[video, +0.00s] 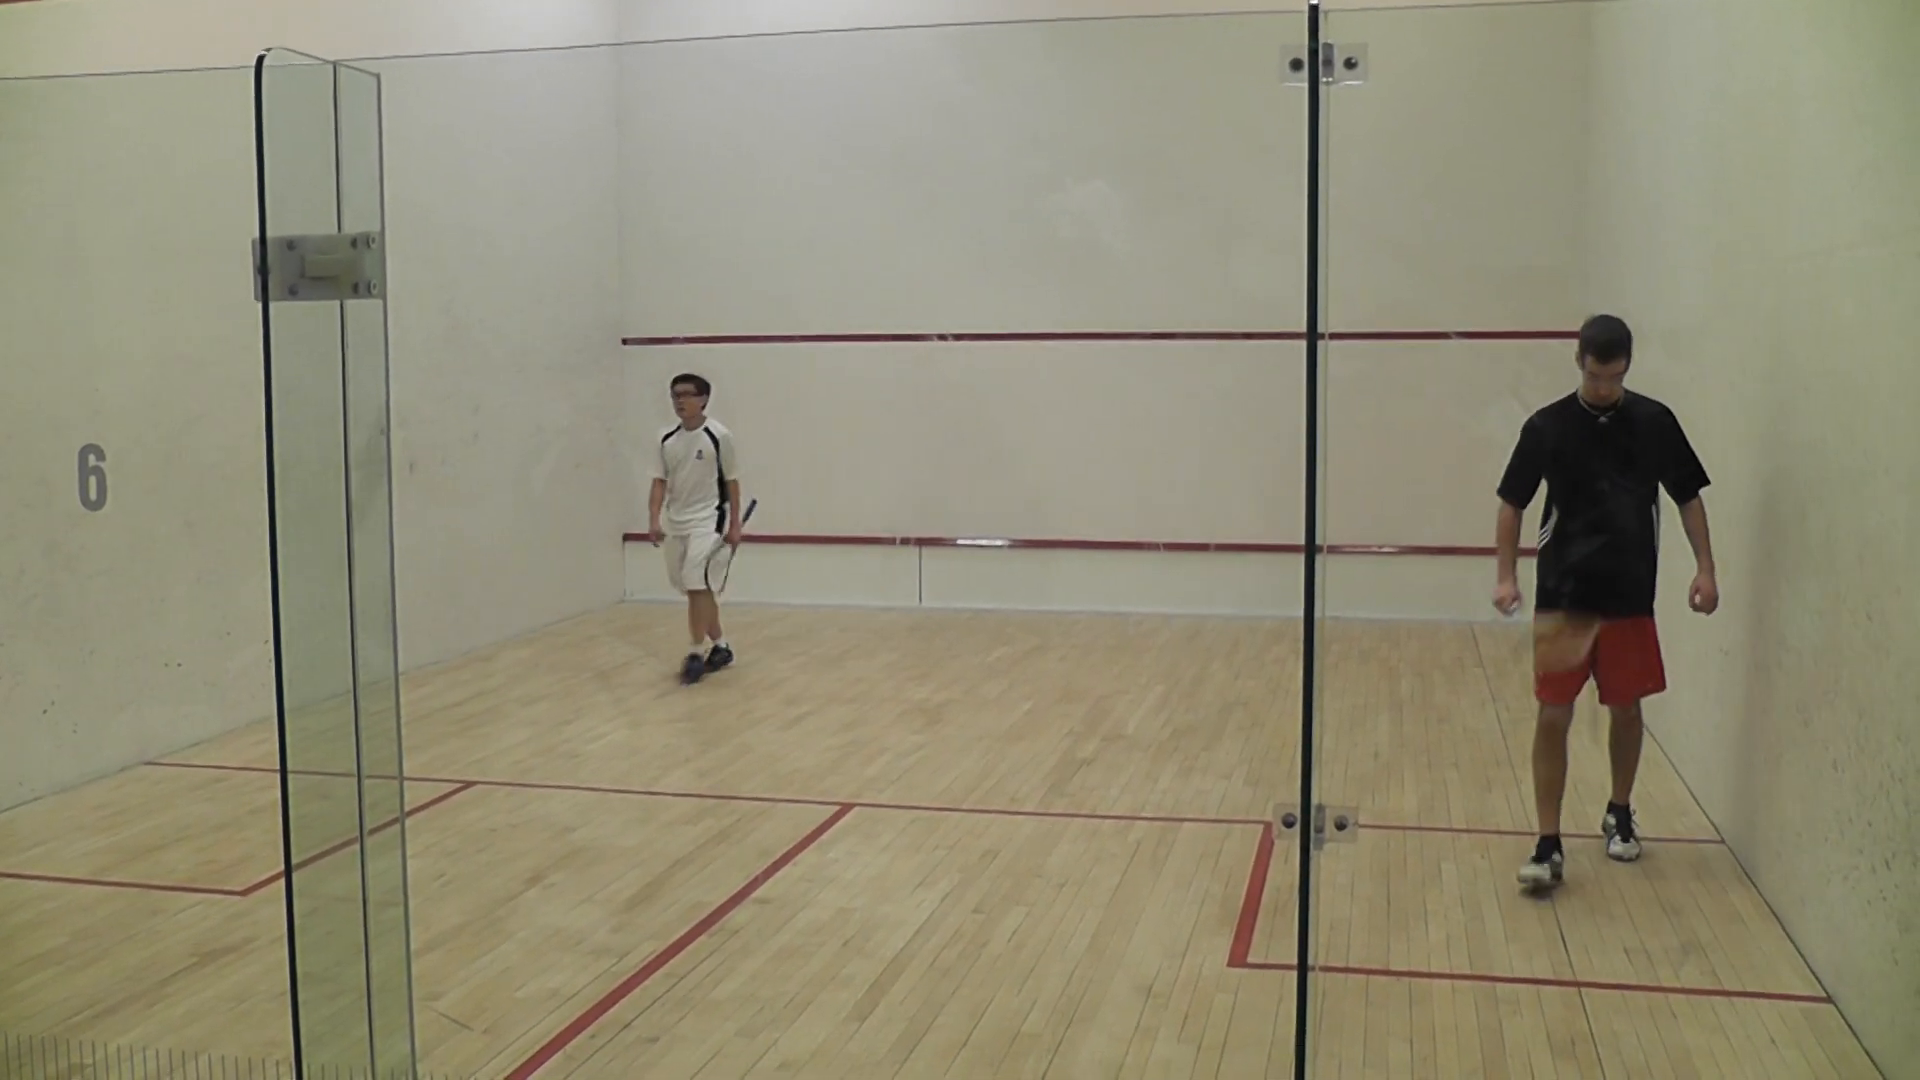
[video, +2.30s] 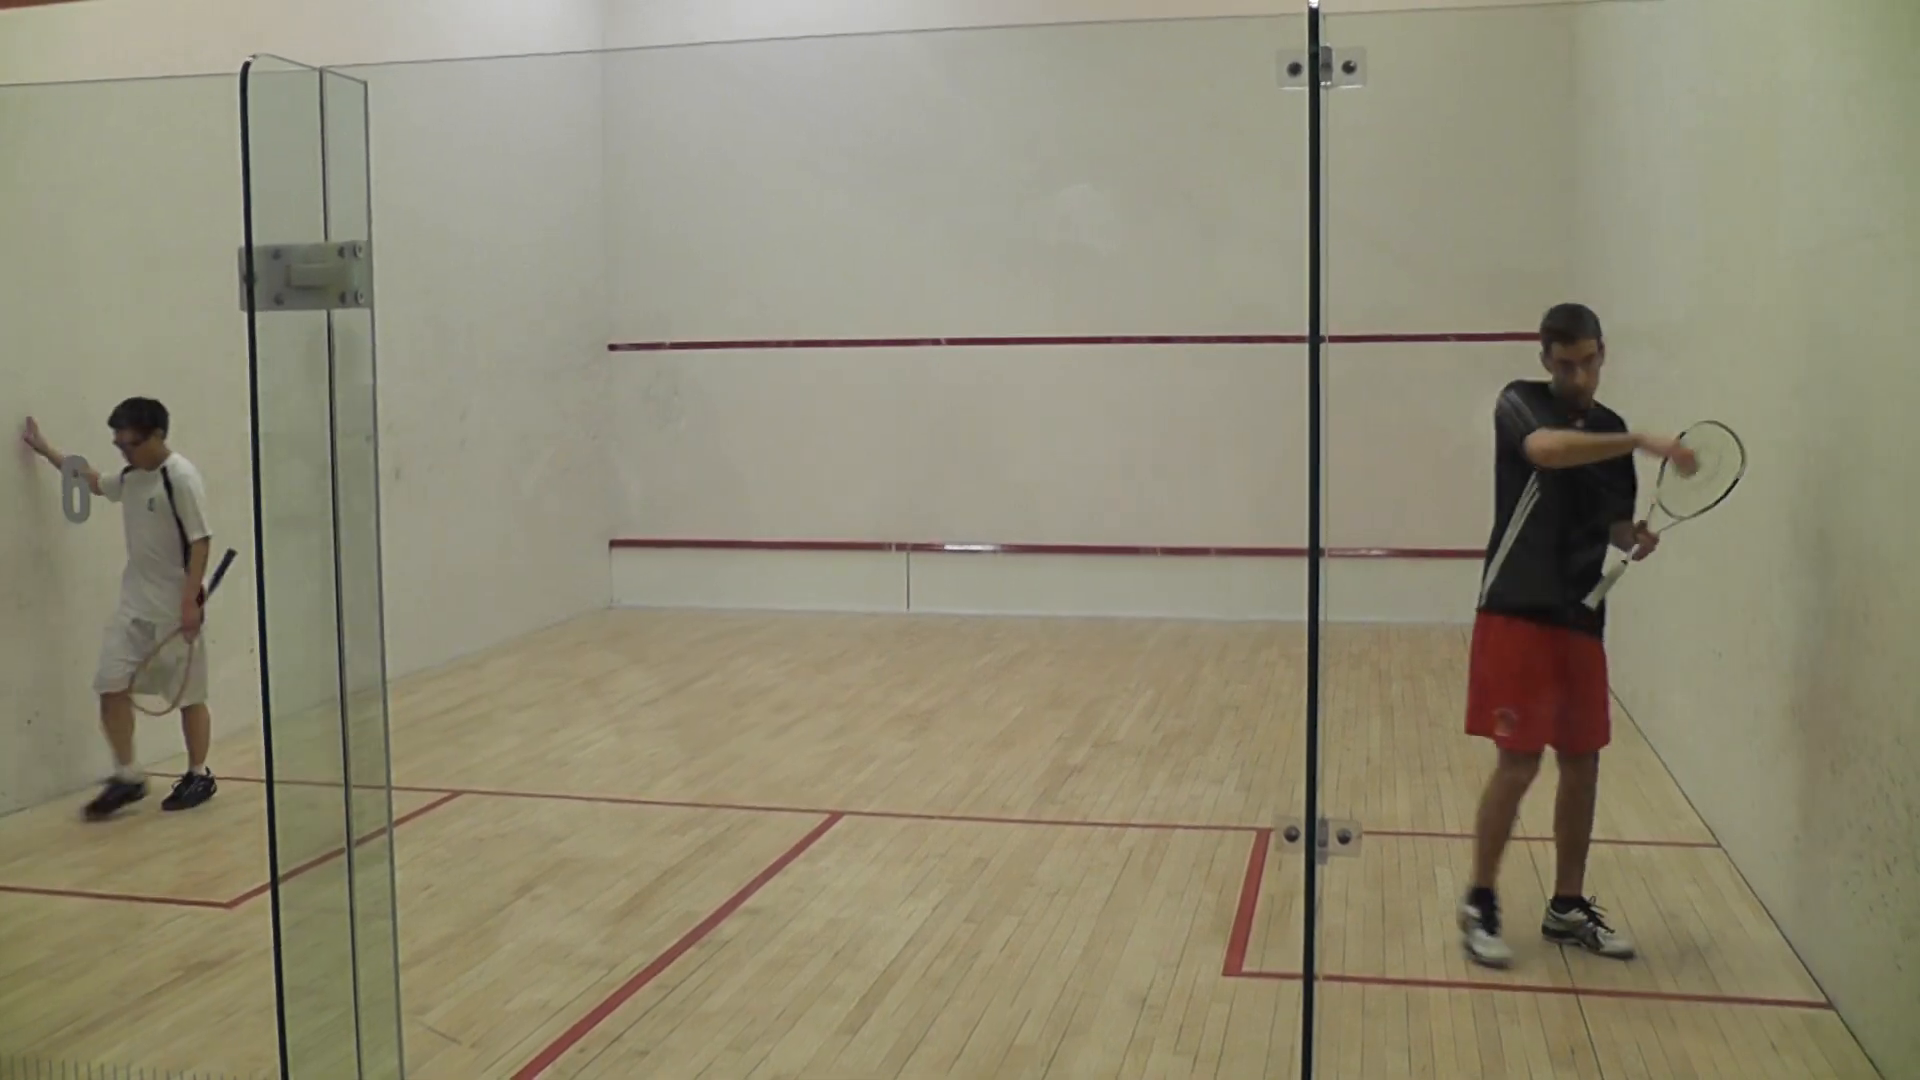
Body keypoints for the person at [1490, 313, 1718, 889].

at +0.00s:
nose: (1605, 388)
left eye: (1615, 377)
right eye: (1597, 376)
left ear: (1629, 367)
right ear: (1579, 362)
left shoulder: (1654, 423)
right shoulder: (1547, 428)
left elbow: (1688, 495)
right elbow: (1512, 502)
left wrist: (1706, 568)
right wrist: (1505, 575)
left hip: (1629, 596)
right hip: (1563, 595)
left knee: (1626, 710)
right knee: (1553, 715)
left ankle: (1620, 813)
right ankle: (1547, 845)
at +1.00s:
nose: (1624, 332)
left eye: (1634, 321)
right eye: (1611, 321)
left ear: (1648, 333)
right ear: (1589, 333)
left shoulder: (1670, 423)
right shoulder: (1556, 423)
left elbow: (1686, 508)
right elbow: (1516, 526)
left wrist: (1672, 531)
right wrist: (1587, 574)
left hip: (1640, 622)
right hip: (1574, 621)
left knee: (1609, 758)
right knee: (1583, 753)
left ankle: (1574, 896)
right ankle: (1543, 887)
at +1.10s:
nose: (1632, 330)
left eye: (1642, 319)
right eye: (1618, 320)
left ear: (1655, 332)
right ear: (1594, 335)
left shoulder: (1670, 421)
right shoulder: (1571, 421)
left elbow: (1683, 506)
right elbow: (1545, 524)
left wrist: (1693, 516)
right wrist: (1635, 547)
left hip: (1644, 620)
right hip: (1591, 621)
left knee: (1610, 769)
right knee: (1603, 771)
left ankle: (1574, 895)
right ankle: (1592, 924)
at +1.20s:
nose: (1643, 332)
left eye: (1651, 321)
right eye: (1628, 322)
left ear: (1662, 334)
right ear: (1602, 338)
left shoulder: (1663, 422)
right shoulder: (1587, 423)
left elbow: (1671, 515)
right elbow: (1605, 510)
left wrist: (1700, 518)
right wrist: (1706, 481)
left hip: (1652, 627)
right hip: (1603, 630)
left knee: (1615, 767)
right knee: (1621, 776)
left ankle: (1569, 892)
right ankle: (1631, 942)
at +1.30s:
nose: (1662, 328)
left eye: (1666, 317)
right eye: (1644, 320)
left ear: (1672, 332)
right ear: (1615, 338)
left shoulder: (1660, 417)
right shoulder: (1611, 415)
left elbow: (1647, 508)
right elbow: (1678, 483)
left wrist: (1700, 524)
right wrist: (1765, 407)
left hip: (1652, 622)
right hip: (1620, 626)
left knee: (1625, 767)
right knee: (1635, 777)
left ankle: (1560, 891)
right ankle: (1629, 945)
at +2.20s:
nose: (1599, 386)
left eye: (1608, 373)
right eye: (1586, 376)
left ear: (1620, 357)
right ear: (1561, 361)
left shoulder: (1628, 428)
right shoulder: (1542, 395)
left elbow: (1633, 516)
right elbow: (1583, 423)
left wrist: (1647, 533)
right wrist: (1682, 406)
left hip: (1594, 620)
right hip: (1535, 615)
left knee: (1592, 764)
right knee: (1546, 768)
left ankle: (1571, 908)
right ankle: (1543, 927)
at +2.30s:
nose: (1579, 374)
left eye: (1589, 362)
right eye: (1566, 364)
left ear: (1602, 357)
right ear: (1544, 358)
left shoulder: (1615, 430)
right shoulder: (1519, 401)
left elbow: (1613, 520)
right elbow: (1543, 448)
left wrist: (1631, 535)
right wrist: (1639, 442)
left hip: (1579, 616)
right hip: (1516, 611)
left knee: (1581, 760)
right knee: (1518, 762)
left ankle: (1567, 905)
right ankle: (1480, 902)